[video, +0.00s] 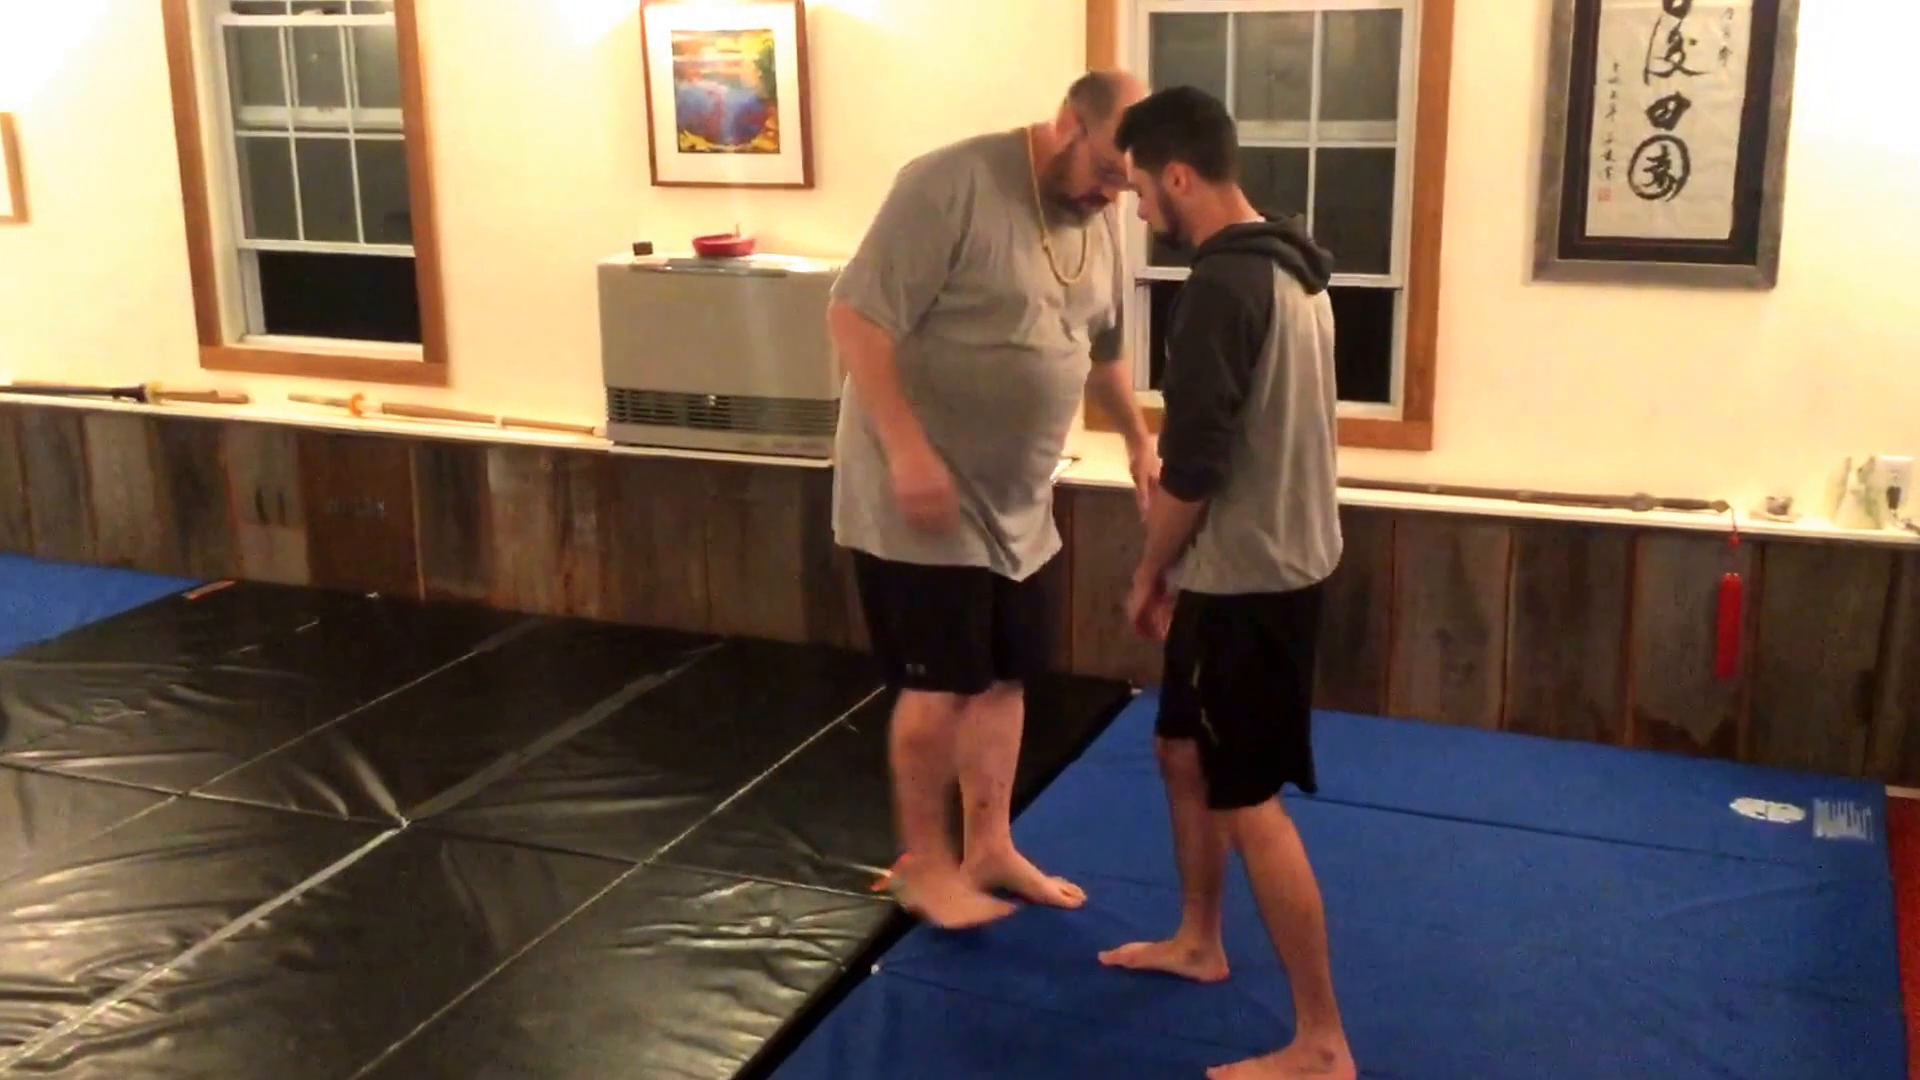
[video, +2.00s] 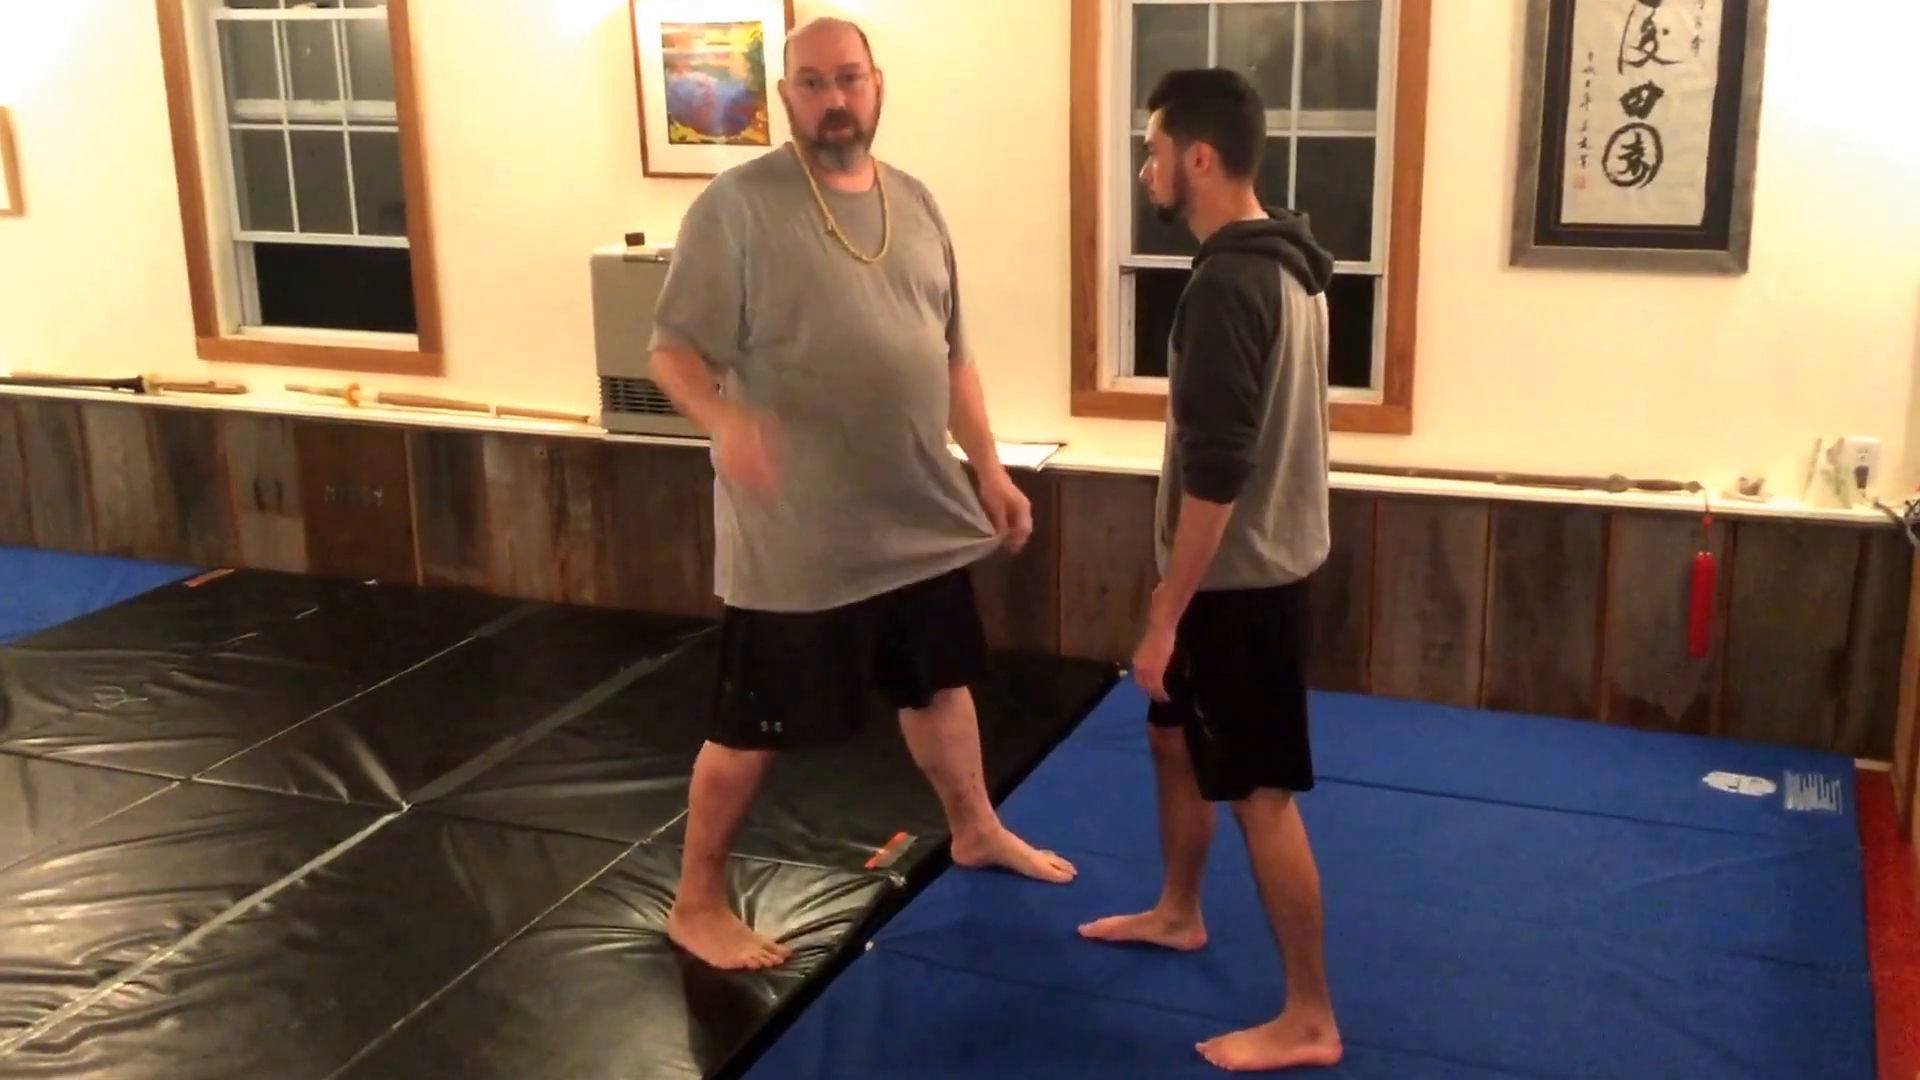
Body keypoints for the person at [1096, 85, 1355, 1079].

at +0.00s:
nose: (1141, 207)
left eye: (1141, 186)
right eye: (1136, 189)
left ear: (1176, 176)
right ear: (1215, 171)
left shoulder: (1224, 280)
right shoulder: (1290, 261)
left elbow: (1198, 460)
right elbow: (1263, 436)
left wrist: (1149, 570)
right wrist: (1173, 545)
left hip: (1247, 571)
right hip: (1268, 556)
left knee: (1250, 800)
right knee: (1182, 748)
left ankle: (1320, 1042)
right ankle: (1199, 939)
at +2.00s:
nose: (1147, 166)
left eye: (1157, 148)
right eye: (1149, 148)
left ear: (1203, 157)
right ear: (1231, 156)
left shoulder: (1226, 283)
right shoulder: (1284, 255)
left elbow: (1217, 478)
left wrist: (1166, 621)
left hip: (1242, 578)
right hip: (1245, 559)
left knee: (1260, 795)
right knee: (1172, 731)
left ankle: (1309, 1018)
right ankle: (1179, 909)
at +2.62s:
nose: (1141, 163)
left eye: (1150, 144)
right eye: (1144, 143)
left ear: (1195, 154)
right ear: (1224, 153)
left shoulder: (1213, 280)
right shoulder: (1274, 259)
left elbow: (1194, 473)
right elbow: (1268, 432)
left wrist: (1135, 604)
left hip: (1225, 570)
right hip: (1235, 556)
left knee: (1248, 787)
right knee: (1160, 728)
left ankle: (1306, 1012)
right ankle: (1176, 906)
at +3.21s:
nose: (1142, 156)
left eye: (1154, 140)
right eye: (1146, 138)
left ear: (1202, 154)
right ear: (1225, 153)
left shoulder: (1215, 276)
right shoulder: (1274, 254)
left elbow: (1202, 469)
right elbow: (1268, 426)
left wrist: (1143, 602)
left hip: (1233, 566)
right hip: (1232, 553)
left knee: (1262, 783)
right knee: (1166, 729)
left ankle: (1308, 1012)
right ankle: (1176, 906)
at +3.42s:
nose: (1142, 158)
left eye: (1154, 141)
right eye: (1146, 139)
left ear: (1203, 155)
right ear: (1225, 155)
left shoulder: (1222, 276)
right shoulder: (1270, 254)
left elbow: (1212, 467)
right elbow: (1263, 434)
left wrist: (1147, 597)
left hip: (1243, 567)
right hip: (1234, 555)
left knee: (1268, 787)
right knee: (1175, 734)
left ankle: (1308, 1013)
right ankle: (1177, 906)